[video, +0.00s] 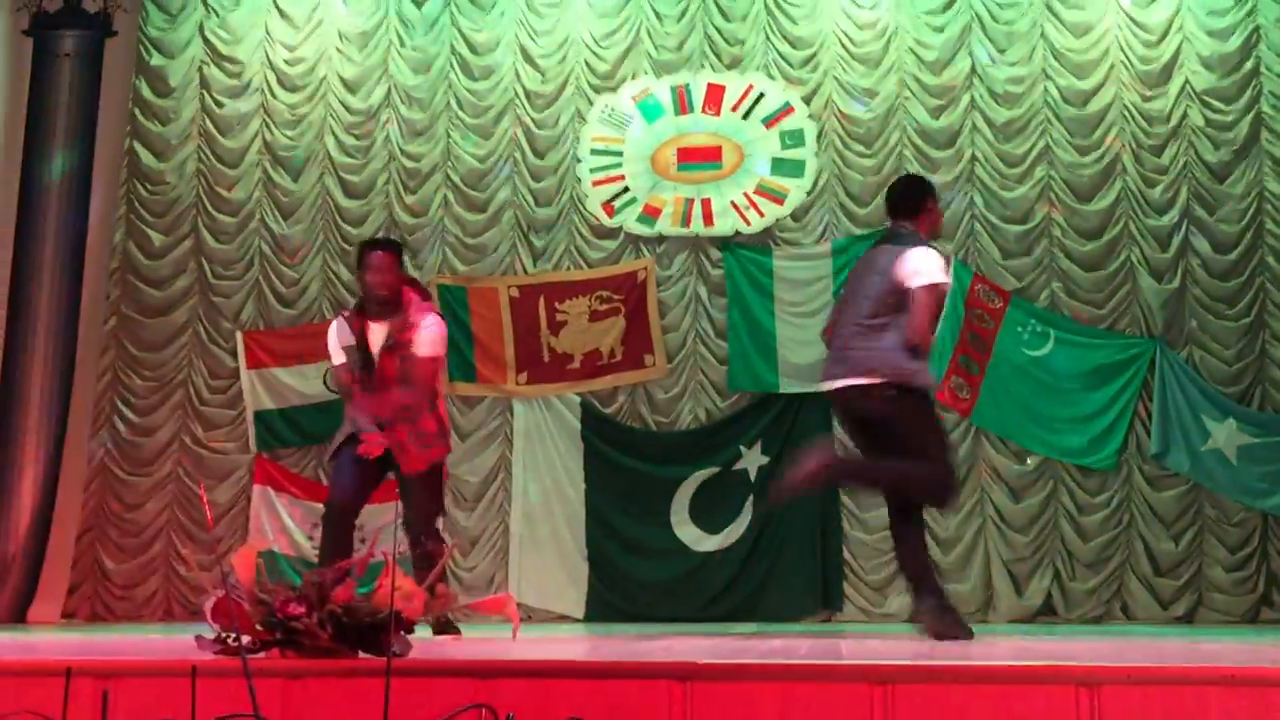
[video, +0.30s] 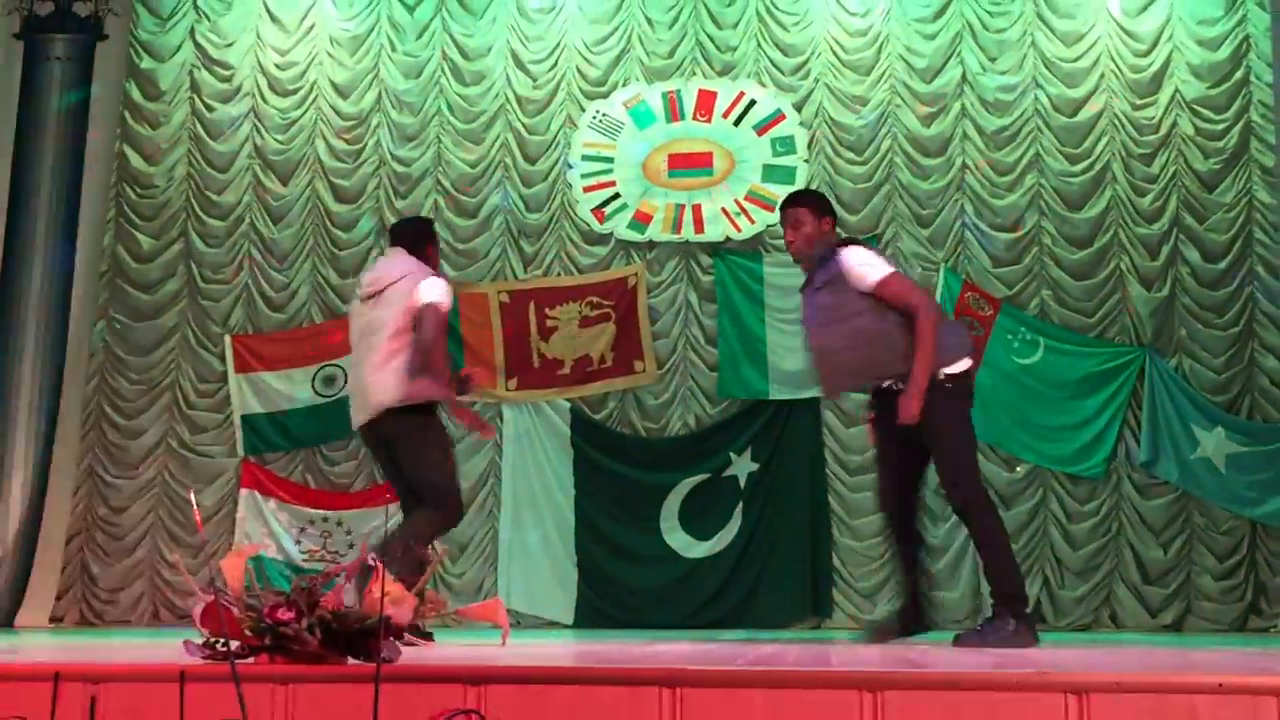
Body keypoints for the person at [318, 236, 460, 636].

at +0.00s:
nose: (380, 280)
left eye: (388, 271)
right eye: (372, 271)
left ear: (401, 276)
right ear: (359, 276)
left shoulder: (427, 325)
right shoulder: (343, 327)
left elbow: (418, 393)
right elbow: (350, 393)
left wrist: (369, 413)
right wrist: (367, 424)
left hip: (418, 438)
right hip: (367, 437)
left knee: (422, 526)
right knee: (339, 506)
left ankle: (439, 614)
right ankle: (327, 605)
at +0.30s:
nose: (437, 255)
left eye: (435, 249)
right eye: (436, 248)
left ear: (394, 249)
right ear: (429, 248)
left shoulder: (365, 296)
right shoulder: (429, 284)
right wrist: (450, 386)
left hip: (370, 415)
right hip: (407, 407)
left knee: (417, 509)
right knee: (445, 506)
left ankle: (401, 595)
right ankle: (376, 568)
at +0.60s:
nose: (330, 240)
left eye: (335, 232)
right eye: (331, 232)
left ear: (355, 231)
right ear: (374, 231)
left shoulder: (355, 270)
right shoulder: (408, 265)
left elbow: (320, 339)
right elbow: (454, 309)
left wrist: (303, 352)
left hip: (383, 405)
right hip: (416, 404)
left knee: (376, 510)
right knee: (383, 506)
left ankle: (412, 613)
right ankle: (411, 608)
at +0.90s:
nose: (370, 240)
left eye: (380, 233)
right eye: (366, 233)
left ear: (403, 238)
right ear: (361, 239)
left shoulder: (427, 286)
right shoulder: (355, 287)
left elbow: (414, 345)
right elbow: (313, 347)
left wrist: (359, 320)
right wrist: (310, 311)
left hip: (399, 417)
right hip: (353, 414)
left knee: (394, 514)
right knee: (351, 519)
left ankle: (401, 615)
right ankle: (359, 614)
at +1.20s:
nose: (367, 250)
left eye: (376, 244)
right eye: (360, 242)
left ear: (388, 251)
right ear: (347, 248)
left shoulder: (410, 304)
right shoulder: (321, 302)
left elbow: (429, 367)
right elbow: (299, 366)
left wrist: (388, 343)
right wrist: (346, 337)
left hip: (389, 426)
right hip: (337, 427)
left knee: (386, 524)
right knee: (339, 528)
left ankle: (385, 623)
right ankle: (342, 624)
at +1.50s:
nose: (390, 291)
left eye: (399, 285)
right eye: (383, 284)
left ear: (412, 292)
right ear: (371, 290)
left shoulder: (433, 343)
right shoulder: (345, 343)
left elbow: (456, 413)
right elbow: (313, 408)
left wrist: (411, 395)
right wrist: (363, 393)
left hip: (412, 467)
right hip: (361, 468)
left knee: (411, 566)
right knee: (367, 569)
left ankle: (407, 656)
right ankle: (371, 657)